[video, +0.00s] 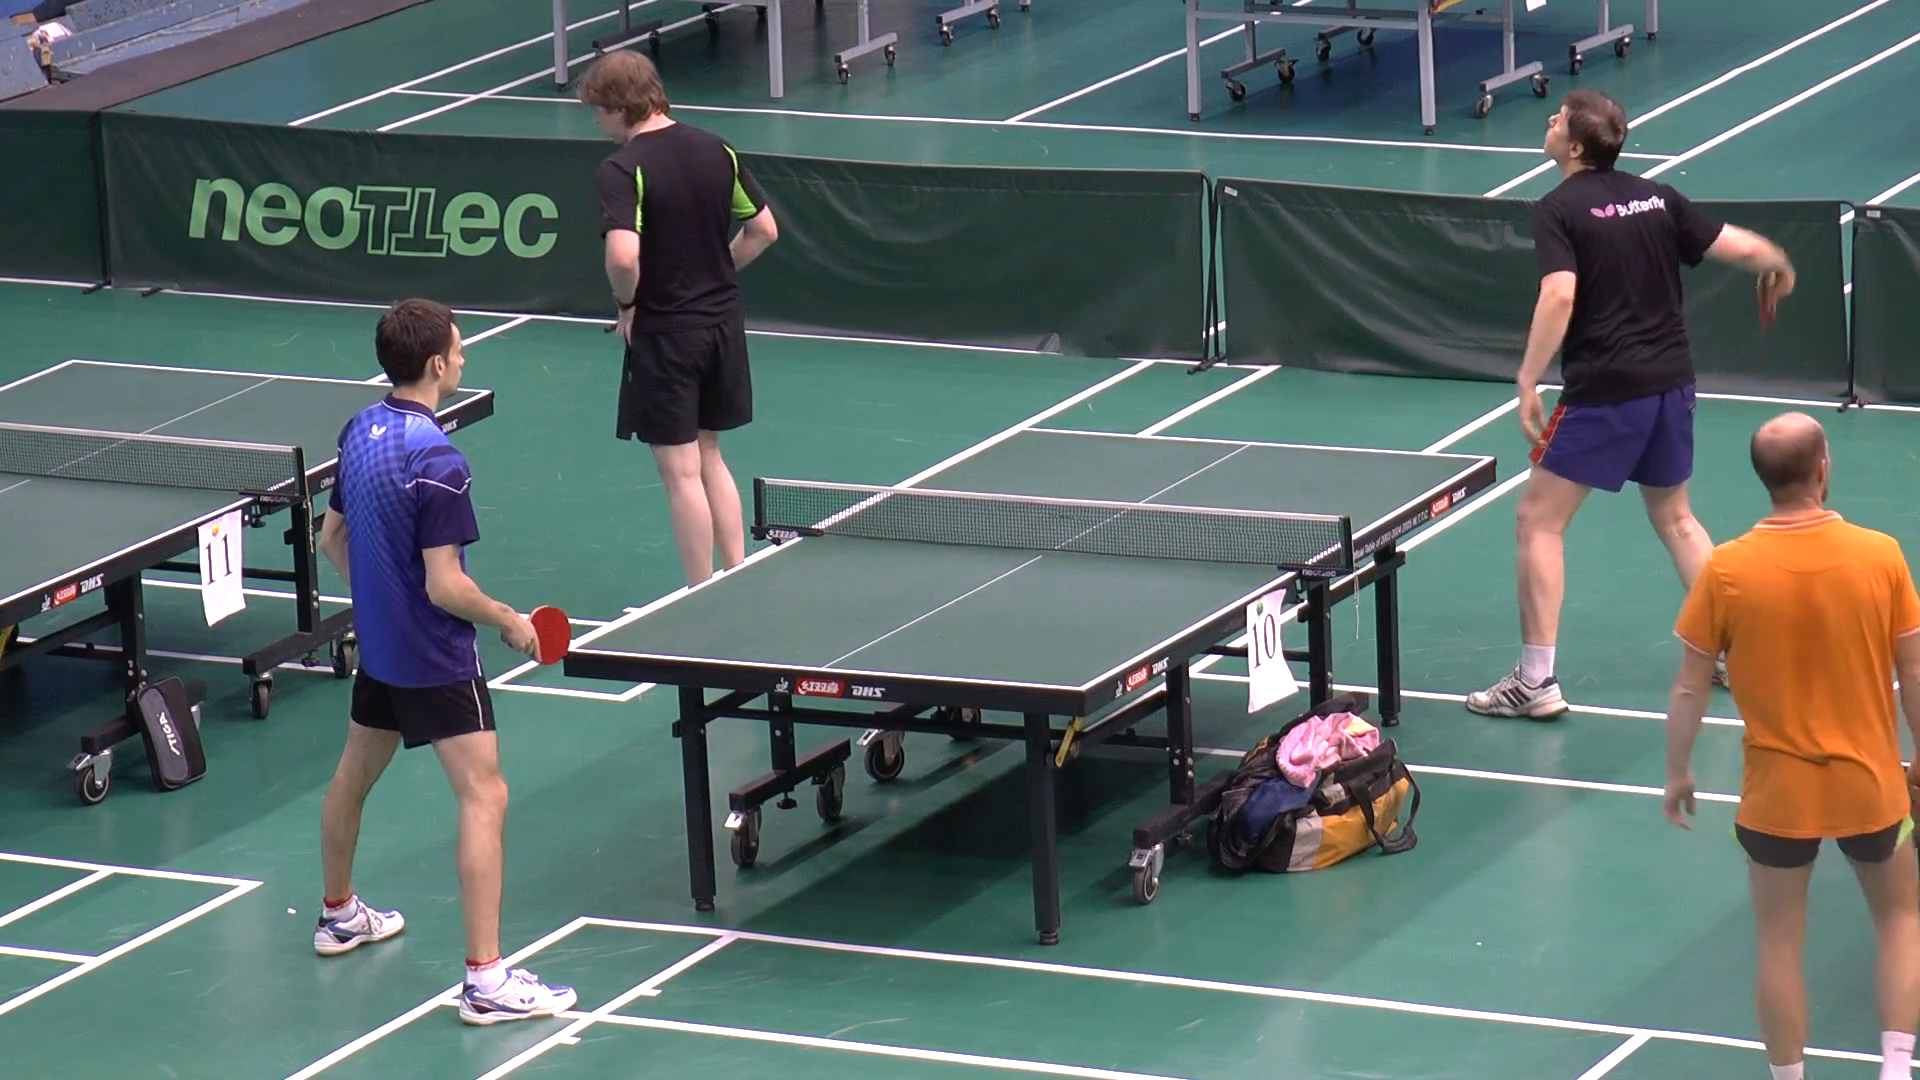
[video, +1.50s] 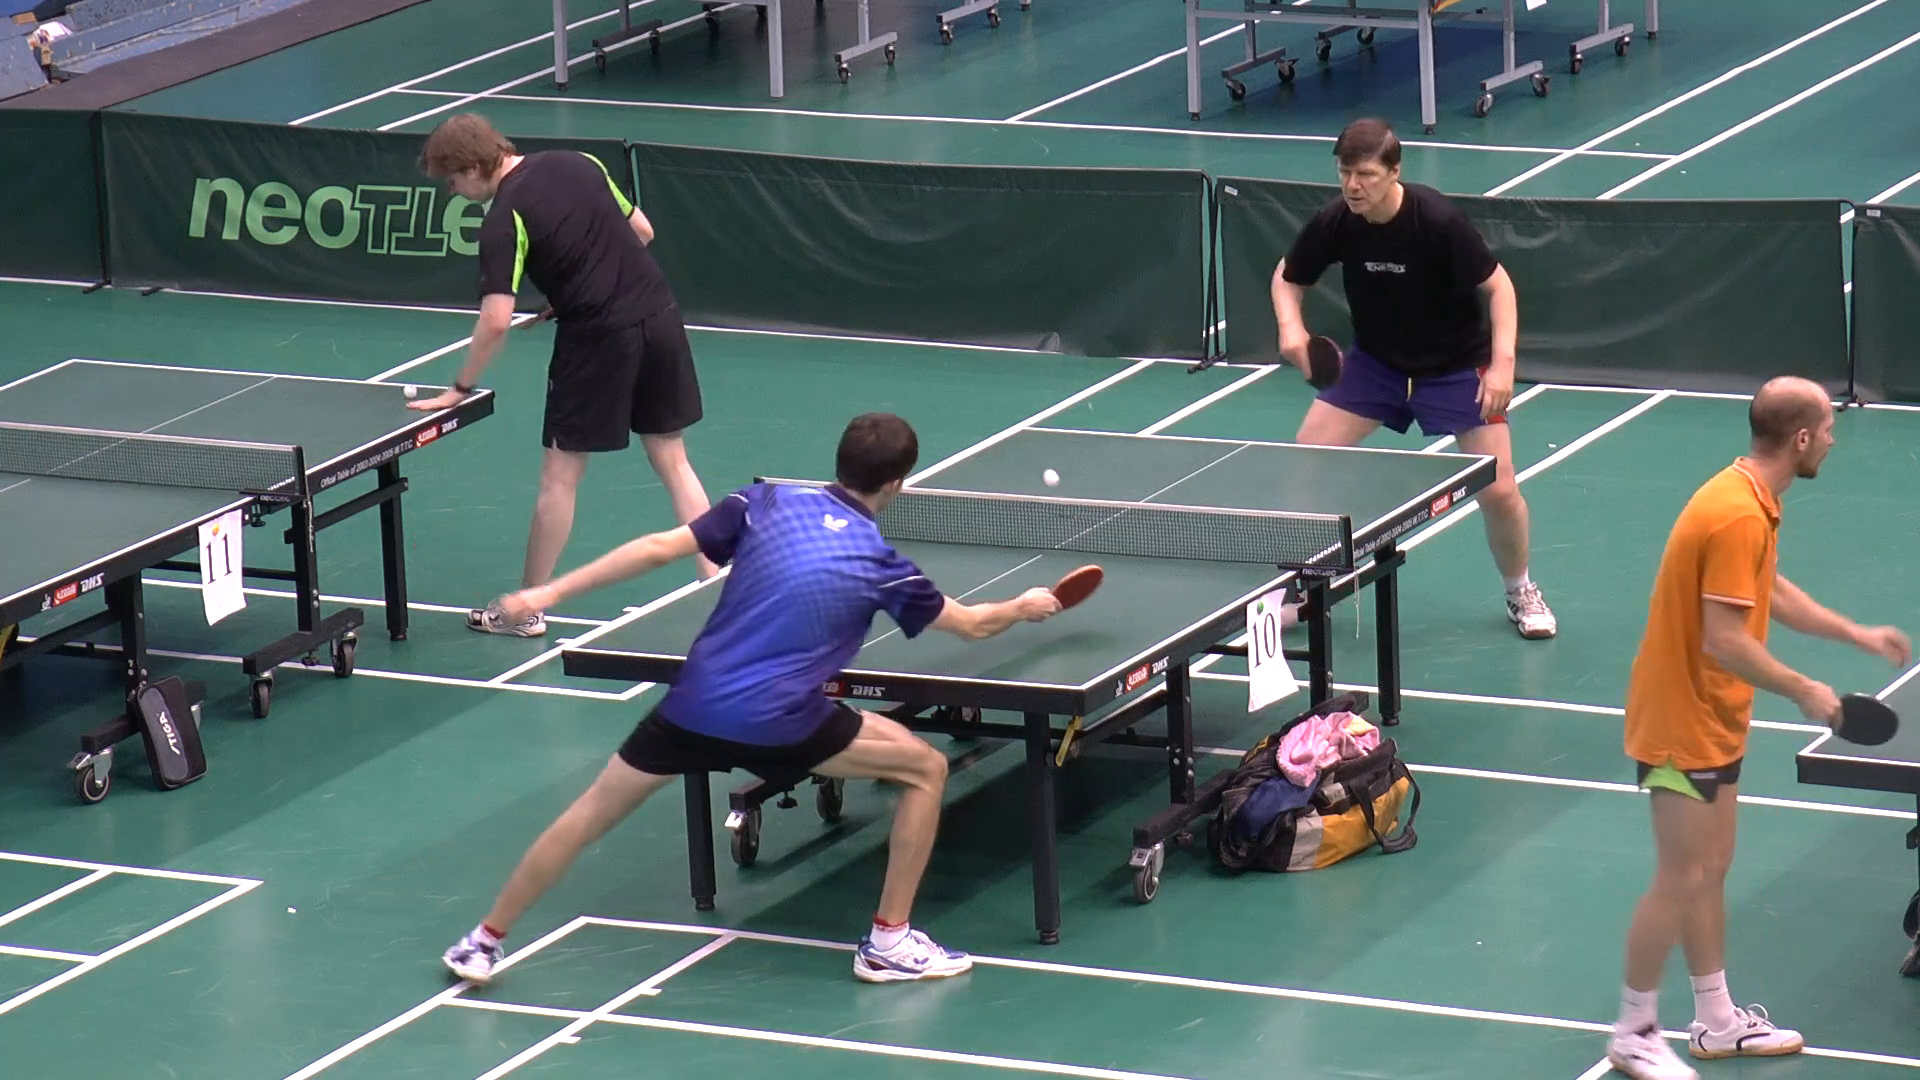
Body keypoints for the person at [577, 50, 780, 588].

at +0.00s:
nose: (598, 122)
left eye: (599, 111)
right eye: (595, 112)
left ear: (619, 106)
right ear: (654, 93)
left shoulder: (623, 167)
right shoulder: (713, 147)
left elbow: (624, 258)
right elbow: (763, 229)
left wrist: (626, 304)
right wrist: (717, 268)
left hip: (667, 339)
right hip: (724, 329)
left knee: (683, 476)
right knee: (710, 459)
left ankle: (704, 599)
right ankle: (740, 579)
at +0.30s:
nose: (607, 123)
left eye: (606, 112)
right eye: (603, 112)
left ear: (623, 109)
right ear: (662, 95)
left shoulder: (639, 165)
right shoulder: (718, 151)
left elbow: (644, 265)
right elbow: (748, 232)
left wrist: (625, 323)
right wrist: (697, 262)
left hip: (666, 338)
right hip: (723, 330)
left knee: (597, 447)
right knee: (723, 454)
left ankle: (669, 575)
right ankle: (747, 582)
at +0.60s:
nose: (562, 136)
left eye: (564, 124)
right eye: (560, 124)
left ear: (588, 118)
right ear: (616, 109)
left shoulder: (607, 175)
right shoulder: (681, 159)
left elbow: (583, 277)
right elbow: (704, 246)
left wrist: (546, 334)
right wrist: (642, 267)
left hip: (629, 344)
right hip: (690, 339)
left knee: (565, 459)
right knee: (687, 460)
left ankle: (542, 596)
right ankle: (735, 580)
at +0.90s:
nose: (466, 177)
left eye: (467, 166)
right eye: (462, 167)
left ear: (493, 155)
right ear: (513, 144)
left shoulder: (514, 215)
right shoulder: (593, 169)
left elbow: (488, 321)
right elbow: (642, 245)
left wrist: (451, 382)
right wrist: (569, 291)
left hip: (585, 346)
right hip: (649, 335)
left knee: (531, 466)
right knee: (640, 459)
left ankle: (525, 602)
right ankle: (718, 568)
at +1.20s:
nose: (433, 207)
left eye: (431, 196)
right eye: (428, 198)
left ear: (456, 180)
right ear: (478, 164)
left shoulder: (488, 225)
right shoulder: (554, 167)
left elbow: (476, 333)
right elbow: (626, 225)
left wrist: (426, 397)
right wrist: (567, 288)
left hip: (587, 337)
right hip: (651, 319)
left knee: (550, 467)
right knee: (666, 452)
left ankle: (527, 604)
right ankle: (706, 557)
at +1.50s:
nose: (456, 192)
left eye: (454, 181)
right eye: (450, 183)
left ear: (477, 165)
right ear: (499, 147)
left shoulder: (505, 216)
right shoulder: (579, 162)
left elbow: (496, 322)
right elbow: (641, 229)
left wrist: (459, 387)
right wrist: (572, 292)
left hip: (596, 340)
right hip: (661, 325)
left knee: (560, 478)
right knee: (673, 458)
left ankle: (528, 607)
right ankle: (720, 579)